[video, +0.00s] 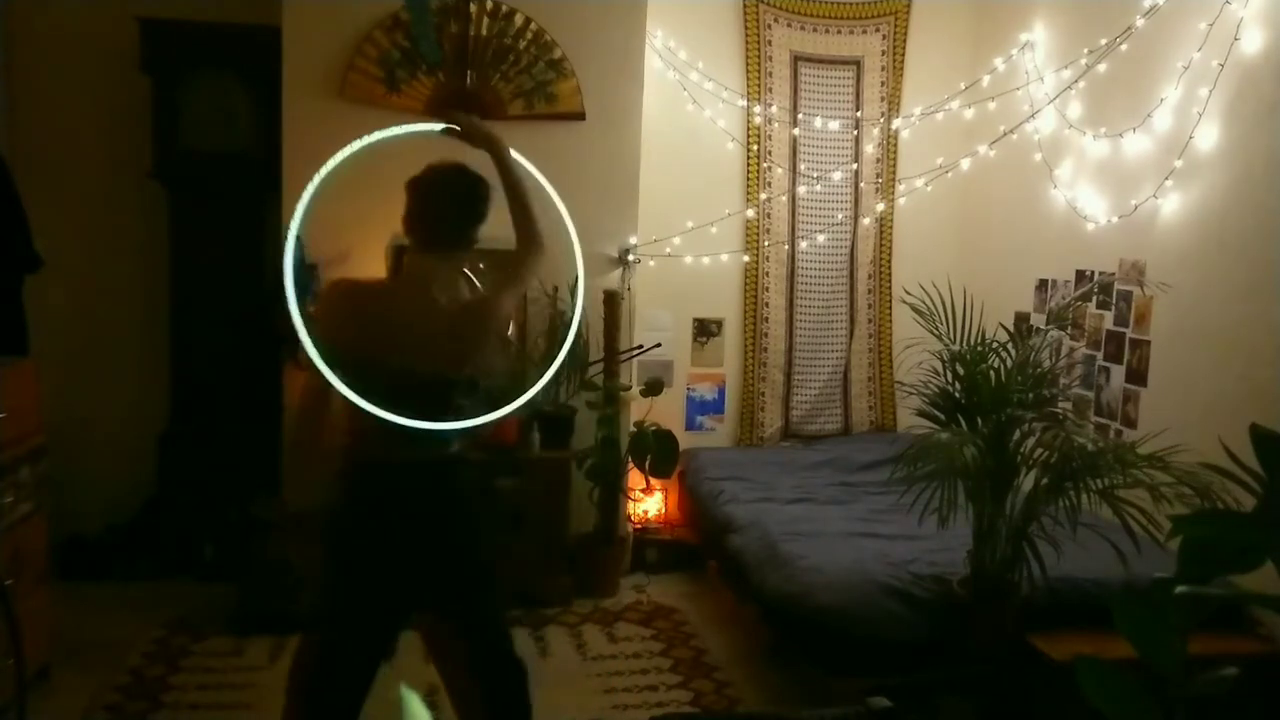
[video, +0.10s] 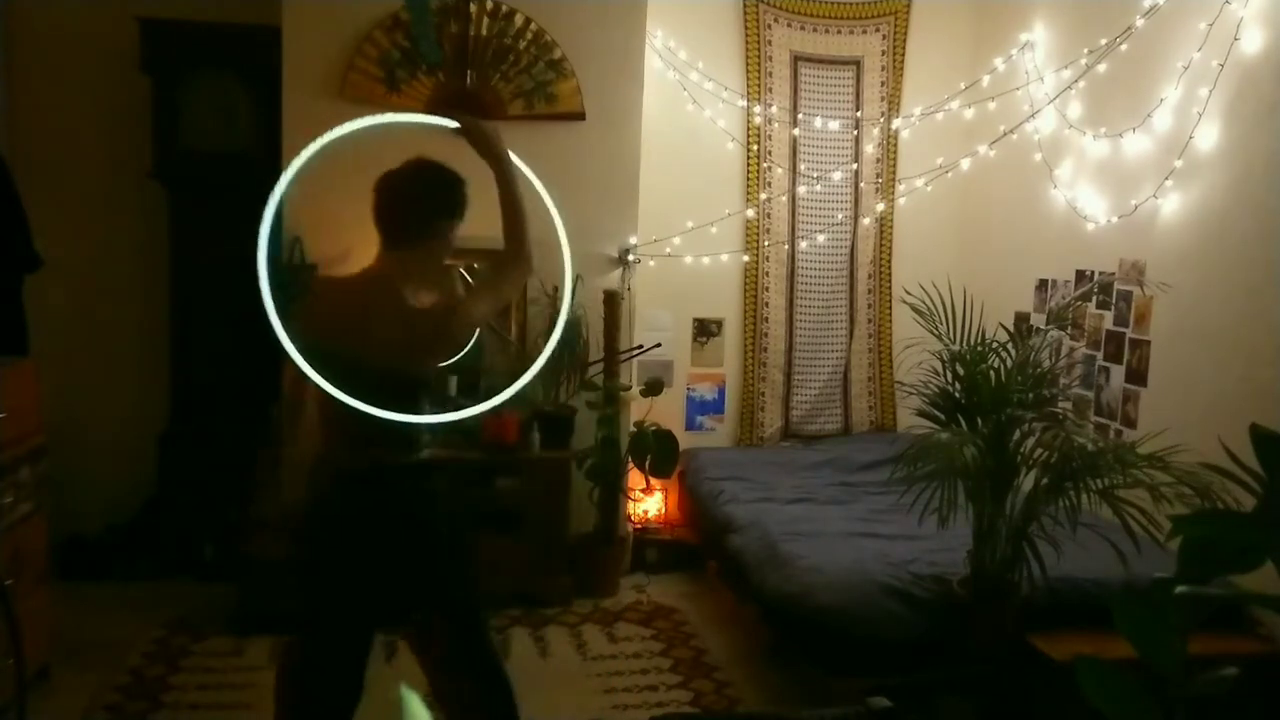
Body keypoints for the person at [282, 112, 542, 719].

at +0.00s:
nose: (407, 220)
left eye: (411, 208)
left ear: (412, 219)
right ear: (474, 233)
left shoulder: (347, 304)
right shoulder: (481, 311)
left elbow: (307, 424)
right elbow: (531, 245)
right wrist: (498, 148)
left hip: (367, 520)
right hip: (453, 523)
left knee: (328, 685)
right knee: (491, 685)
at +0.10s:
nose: (450, 240)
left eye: (449, 224)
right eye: (449, 224)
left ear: (379, 217)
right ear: (446, 228)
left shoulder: (322, 302)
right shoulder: (447, 318)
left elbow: (294, 416)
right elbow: (517, 260)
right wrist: (499, 157)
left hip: (332, 520)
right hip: (421, 526)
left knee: (316, 694)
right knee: (476, 694)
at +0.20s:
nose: (442, 241)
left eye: (443, 226)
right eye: (437, 226)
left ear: (366, 221)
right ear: (411, 227)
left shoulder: (314, 302)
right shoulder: (409, 318)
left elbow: (286, 422)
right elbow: (508, 277)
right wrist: (504, 170)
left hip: (312, 527)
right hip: (383, 535)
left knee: (305, 703)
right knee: (471, 704)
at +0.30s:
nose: (421, 239)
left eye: (421, 225)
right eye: (414, 225)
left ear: (351, 222)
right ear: (378, 226)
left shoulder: (309, 308)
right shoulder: (363, 319)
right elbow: (494, 298)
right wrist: (513, 189)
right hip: (356, 533)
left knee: (302, 698)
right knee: (450, 695)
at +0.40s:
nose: (404, 246)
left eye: (403, 229)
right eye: (396, 229)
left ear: (329, 225)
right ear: (359, 229)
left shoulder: (288, 306)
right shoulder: (345, 321)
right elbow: (481, 317)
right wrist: (528, 224)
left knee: (298, 699)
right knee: (443, 693)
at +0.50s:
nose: (393, 247)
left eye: (393, 231)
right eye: (384, 230)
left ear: (334, 231)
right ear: (340, 230)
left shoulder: (280, 308)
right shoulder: (343, 324)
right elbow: (464, 354)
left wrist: (452, 326)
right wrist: (533, 271)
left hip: (287, 525)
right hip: (341, 534)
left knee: (295, 700)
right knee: (441, 697)